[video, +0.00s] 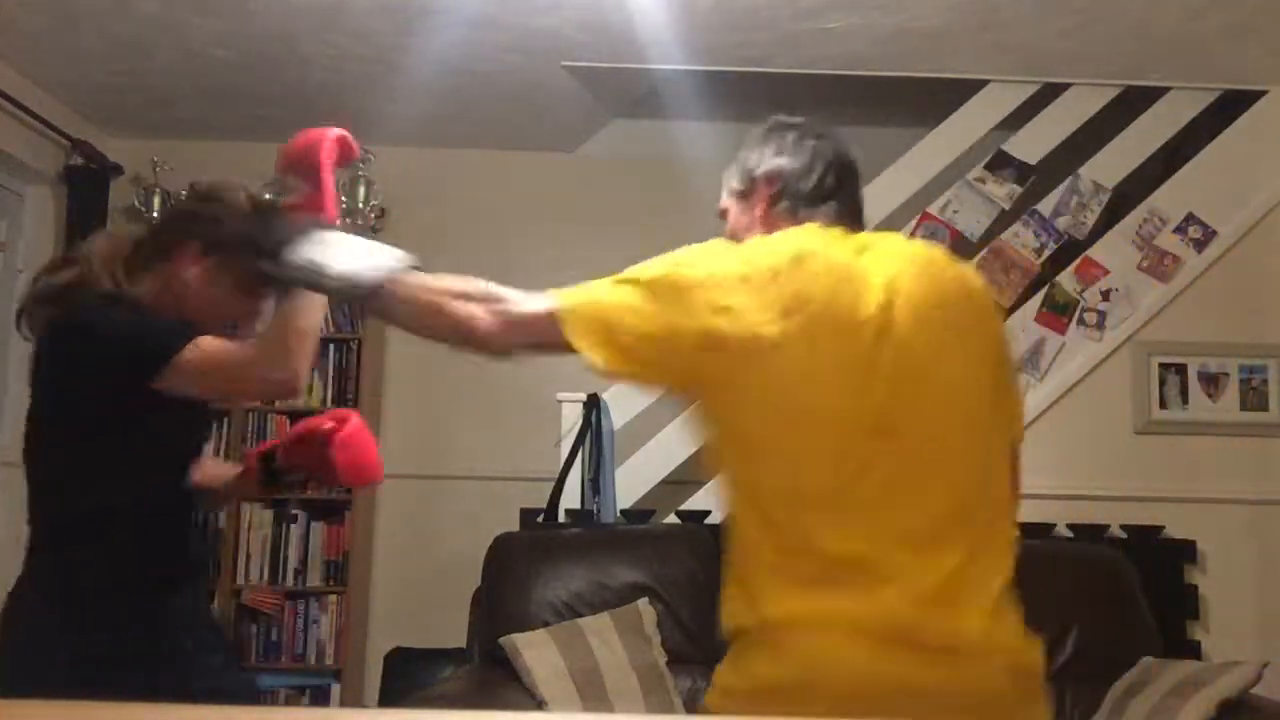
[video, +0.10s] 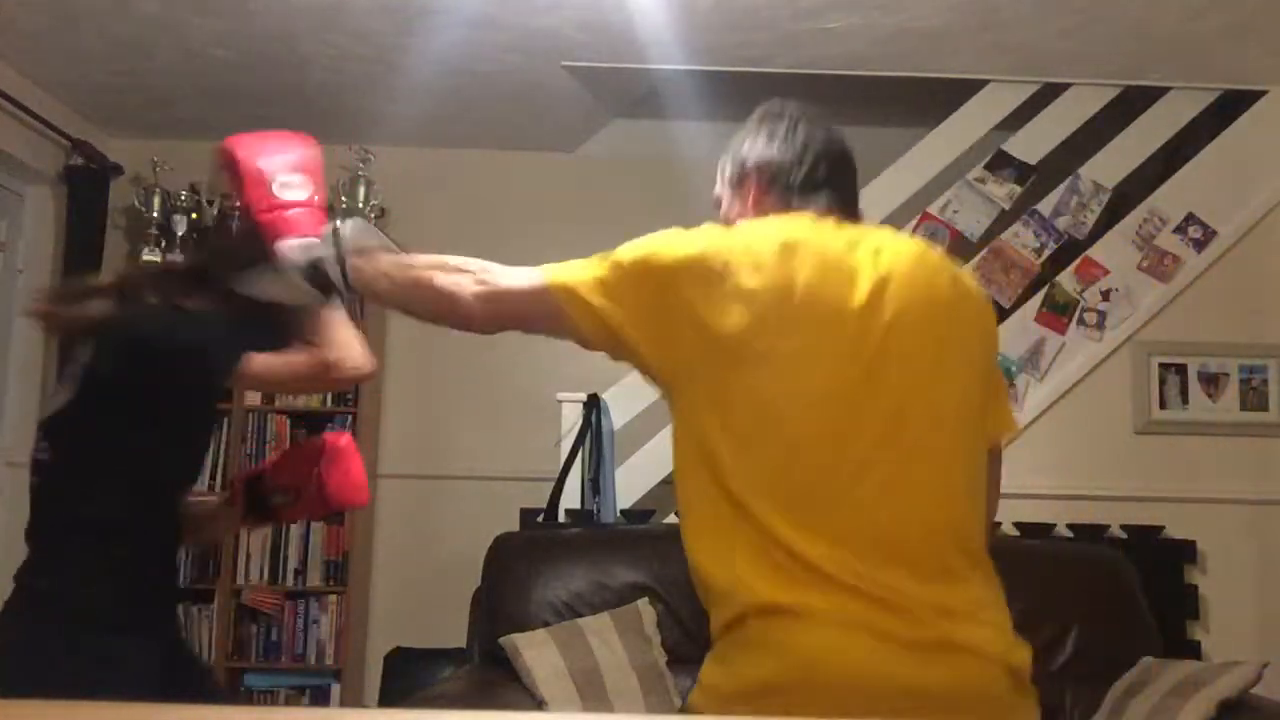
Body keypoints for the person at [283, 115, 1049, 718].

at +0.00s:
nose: (724, 233)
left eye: (726, 215)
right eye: (725, 217)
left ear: (765, 199)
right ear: (850, 205)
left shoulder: (728, 281)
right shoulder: (971, 292)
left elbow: (496, 320)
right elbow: (1002, 494)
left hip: (798, 679)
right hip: (987, 681)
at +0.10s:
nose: (718, 222)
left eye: (719, 205)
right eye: (721, 207)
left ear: (749, 190)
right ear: (848, 196)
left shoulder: (706, 264)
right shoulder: (959, 291)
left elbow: (481, 297)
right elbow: (984, 505)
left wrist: (346, 259)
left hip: (782, 680)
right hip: (974, 681)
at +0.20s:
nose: (732, 171)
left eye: (732, 153)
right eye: (730, 156)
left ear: (768, 138)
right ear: (861, 147)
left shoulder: (733, 213)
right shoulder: (976, 235)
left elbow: (553, 319)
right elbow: (1002, 415)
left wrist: (477, 297)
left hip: (808, 655)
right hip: (1005, 659)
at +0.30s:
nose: (758, 170)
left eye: (760, 152)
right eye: (758, 154)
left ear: (795, 135)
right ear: (883, 141)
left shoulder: (774, 207)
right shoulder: (1002, 229)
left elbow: (697, 397)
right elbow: (1034, 394)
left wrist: (625, 323)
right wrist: (786, 390)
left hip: (845, 656)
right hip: (1042, 654)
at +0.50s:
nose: (774, 188)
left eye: (775, 172)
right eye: (773, 174)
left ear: (805, 153)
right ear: (901, 162)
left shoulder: (786, 221)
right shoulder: (1016, 241)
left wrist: (642, 387)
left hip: (842, 667)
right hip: (1047, 671)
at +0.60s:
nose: (729, 172)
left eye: (732, 155)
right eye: (729, 159)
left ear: (762, 147)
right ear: (864, 153)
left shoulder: (716, 225)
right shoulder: (971, 229)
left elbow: (495, 295)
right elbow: (1027, 377)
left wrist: (439, 258)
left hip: (815, 661)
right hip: (1021, 663)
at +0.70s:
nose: (657, 175)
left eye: (659, 154)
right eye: (659, 156)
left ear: (687, 153)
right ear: (789, 152)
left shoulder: (655, 251)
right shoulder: (908, 260)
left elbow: (418, 340)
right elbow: (974, 458)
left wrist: (389, 296)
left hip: (771, 687)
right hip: (973, 687)